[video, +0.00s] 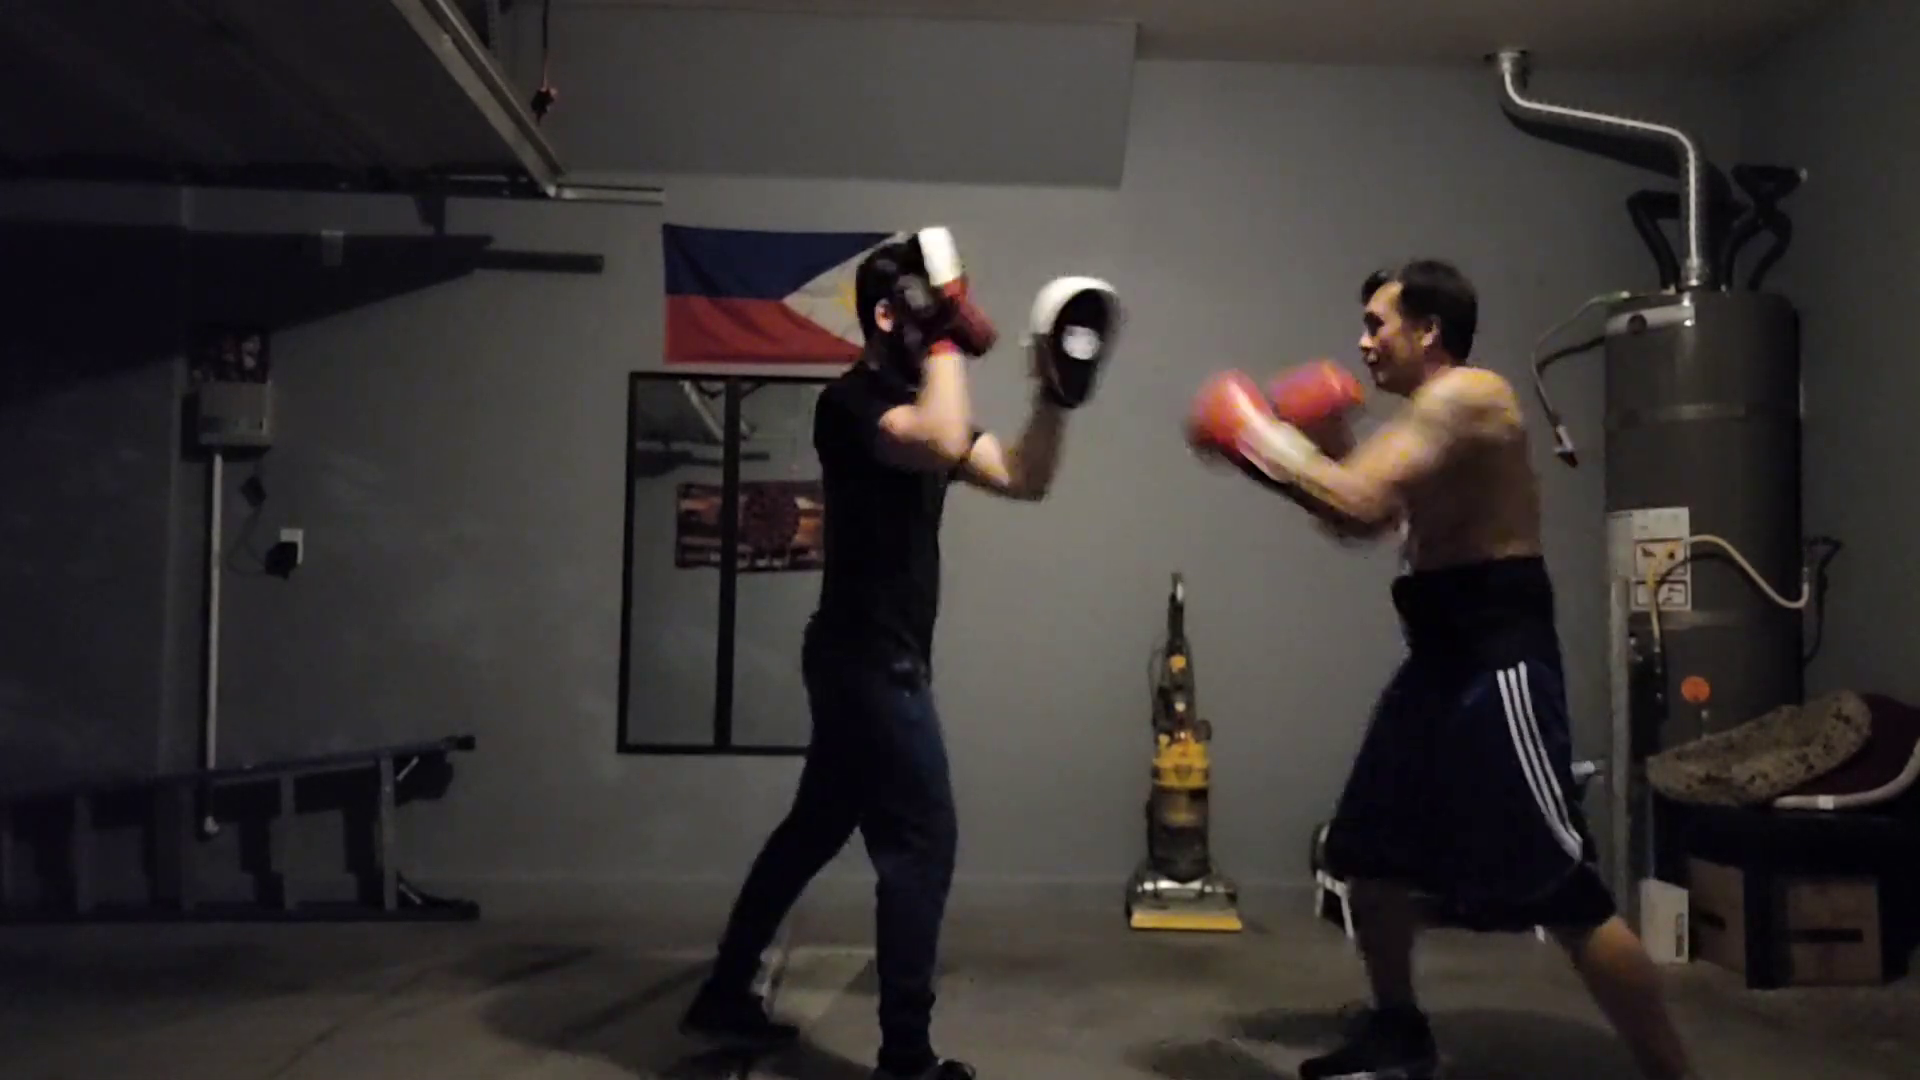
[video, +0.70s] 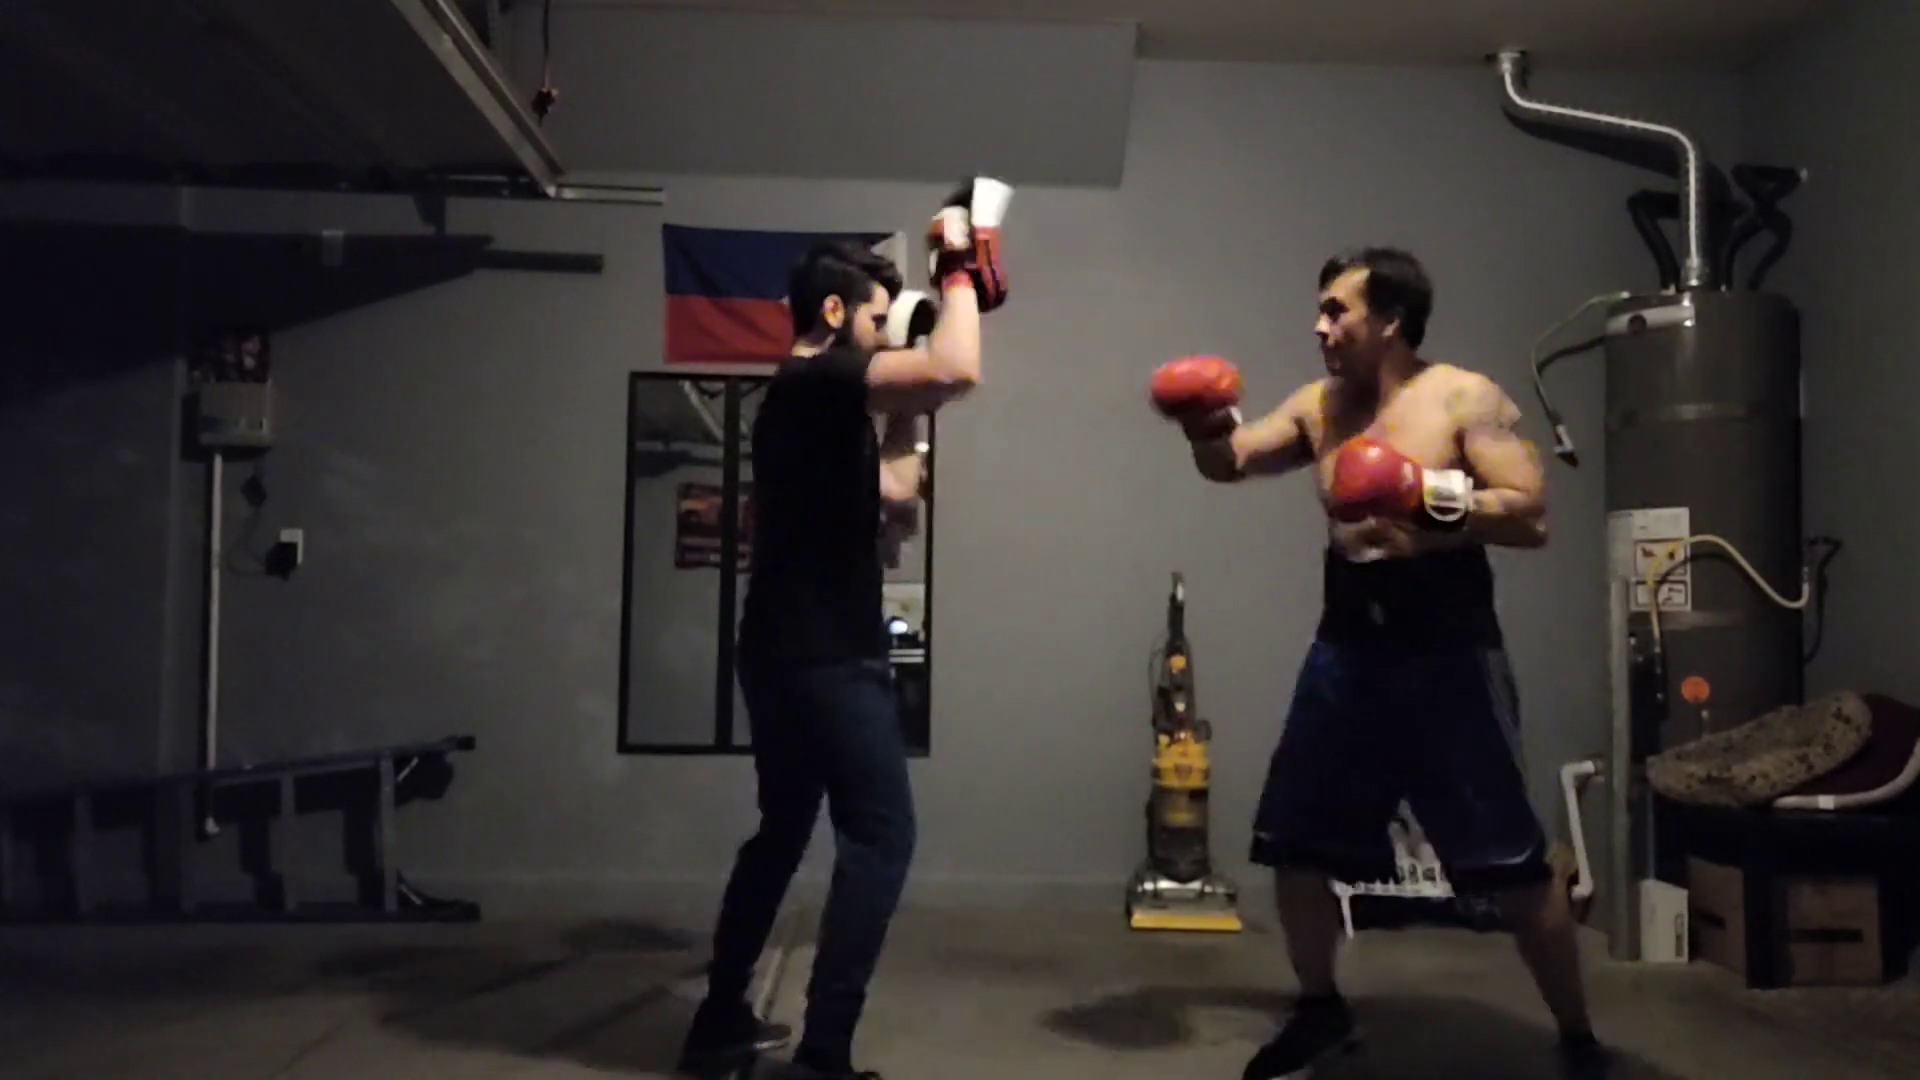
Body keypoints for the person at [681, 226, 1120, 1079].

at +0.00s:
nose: (949, 324)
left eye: (948, 311)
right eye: (936, 310)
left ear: (896, 322)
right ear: (889, 319)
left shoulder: (913, 404)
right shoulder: (851, 399)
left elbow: (1023, 478)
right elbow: (943, 437)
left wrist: (1055, 394)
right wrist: (945, 340)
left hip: (880, 657)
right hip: (865, 659)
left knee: (813, 832)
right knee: (921, 848)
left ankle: (725, 994)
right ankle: (907, 1055)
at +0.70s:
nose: (890, 320)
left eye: (889, 307)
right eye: (880, 304)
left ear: (824, 310)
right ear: (836, 308)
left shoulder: (787, 395)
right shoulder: (832, 377)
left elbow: (899, 486)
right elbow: (955, 363)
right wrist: (956, 266)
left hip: (776, 647)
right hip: (833, 651)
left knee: (782, 830)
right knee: (882, 837)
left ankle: (720, 1019)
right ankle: (827, 1049)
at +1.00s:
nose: (873, 304)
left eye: (873, 289)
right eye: (867, 287)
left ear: (796, 283)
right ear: (822, 279)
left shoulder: (740, 374)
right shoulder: (824, 357)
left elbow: (936, 418)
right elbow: (962, 413)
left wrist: (1018, 363)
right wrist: (1016, 330)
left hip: (735, 646)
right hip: (820, 651)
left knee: (721, 835)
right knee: (829, 859)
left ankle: (643, 1035)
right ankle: (811, 1059)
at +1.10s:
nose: (857, 299)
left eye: (859, 283)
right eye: (851, 281)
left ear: (780, 276)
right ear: (804, 274)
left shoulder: (729, 365)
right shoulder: (800, 359)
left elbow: (886, 440)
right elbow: (916, 436)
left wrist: (971, 379)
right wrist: (964, 346)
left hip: (718, 645)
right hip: (800, 652)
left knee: (683, 841)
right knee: (823, 859)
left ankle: (574, 1045)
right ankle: (812, 1063)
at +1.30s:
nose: (808, 324)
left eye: (810, 307)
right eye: (800, 303)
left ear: (736, 296)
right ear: (752, 292)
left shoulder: (678, 377)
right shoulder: (723, 371)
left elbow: (730, 533)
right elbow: (825, 458)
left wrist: (794, 514)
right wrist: (846, 352)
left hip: (657, 675)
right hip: (733, 679)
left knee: (599, 877)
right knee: (820, 860)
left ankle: (533, 1063)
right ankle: (813, 1065)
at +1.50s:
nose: (767, 296)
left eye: (771, 281)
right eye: (763, 278)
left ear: (681, 270)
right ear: (719, 267)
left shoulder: (630, 360)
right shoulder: (700, 344)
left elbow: (671, 503)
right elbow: (817, 415)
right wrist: (817, 318)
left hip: (628, 655)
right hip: (711, 657)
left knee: (591, 868)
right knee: (802, 853)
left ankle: (532, 1063)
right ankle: (831, 1061)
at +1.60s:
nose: (765, 291)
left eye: (766, 273)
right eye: (761, 270)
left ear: (675, 262)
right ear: (724, 262)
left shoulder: (622, 361)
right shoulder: (717, 348)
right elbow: (860, 401)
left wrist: (810, 313)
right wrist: (850, 301)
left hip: (624, 658)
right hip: (718, 661)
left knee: (587, 873)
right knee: (808, 863)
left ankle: (531, 1064)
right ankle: (844, 1062)